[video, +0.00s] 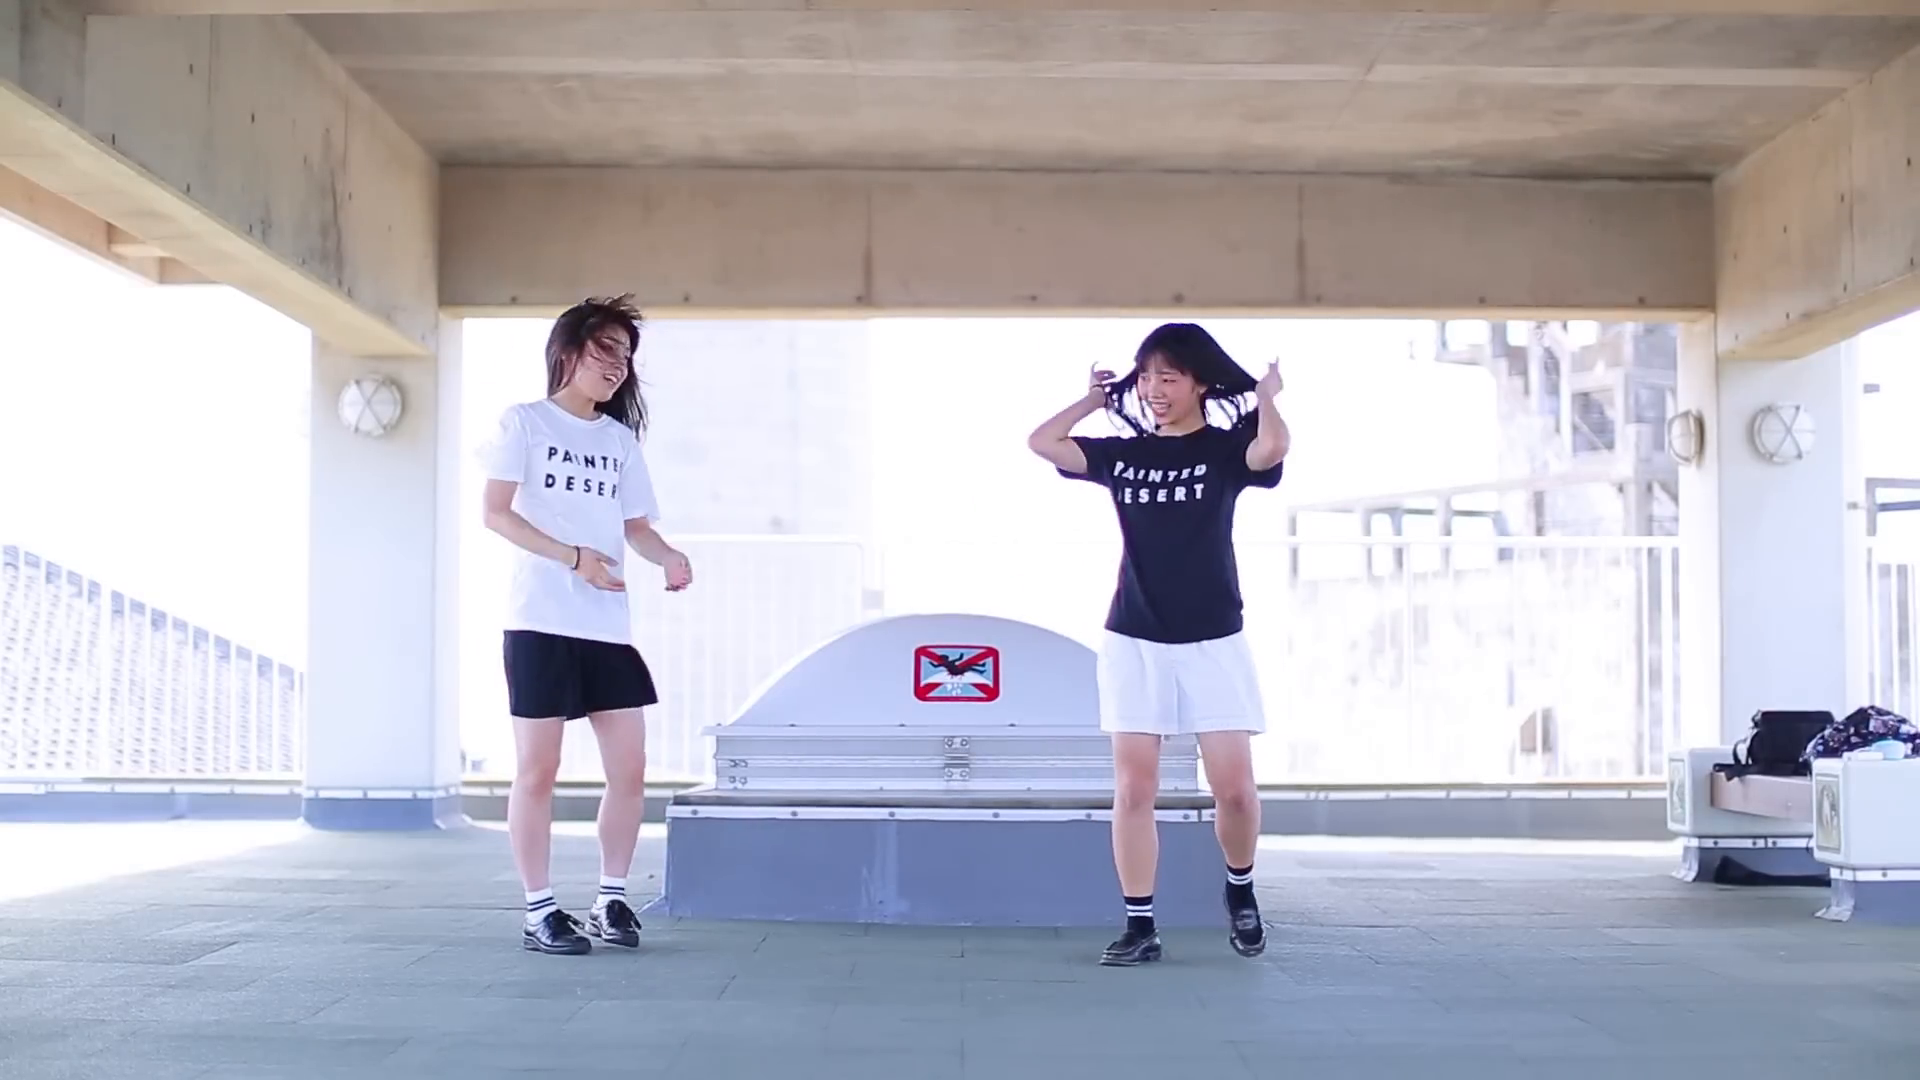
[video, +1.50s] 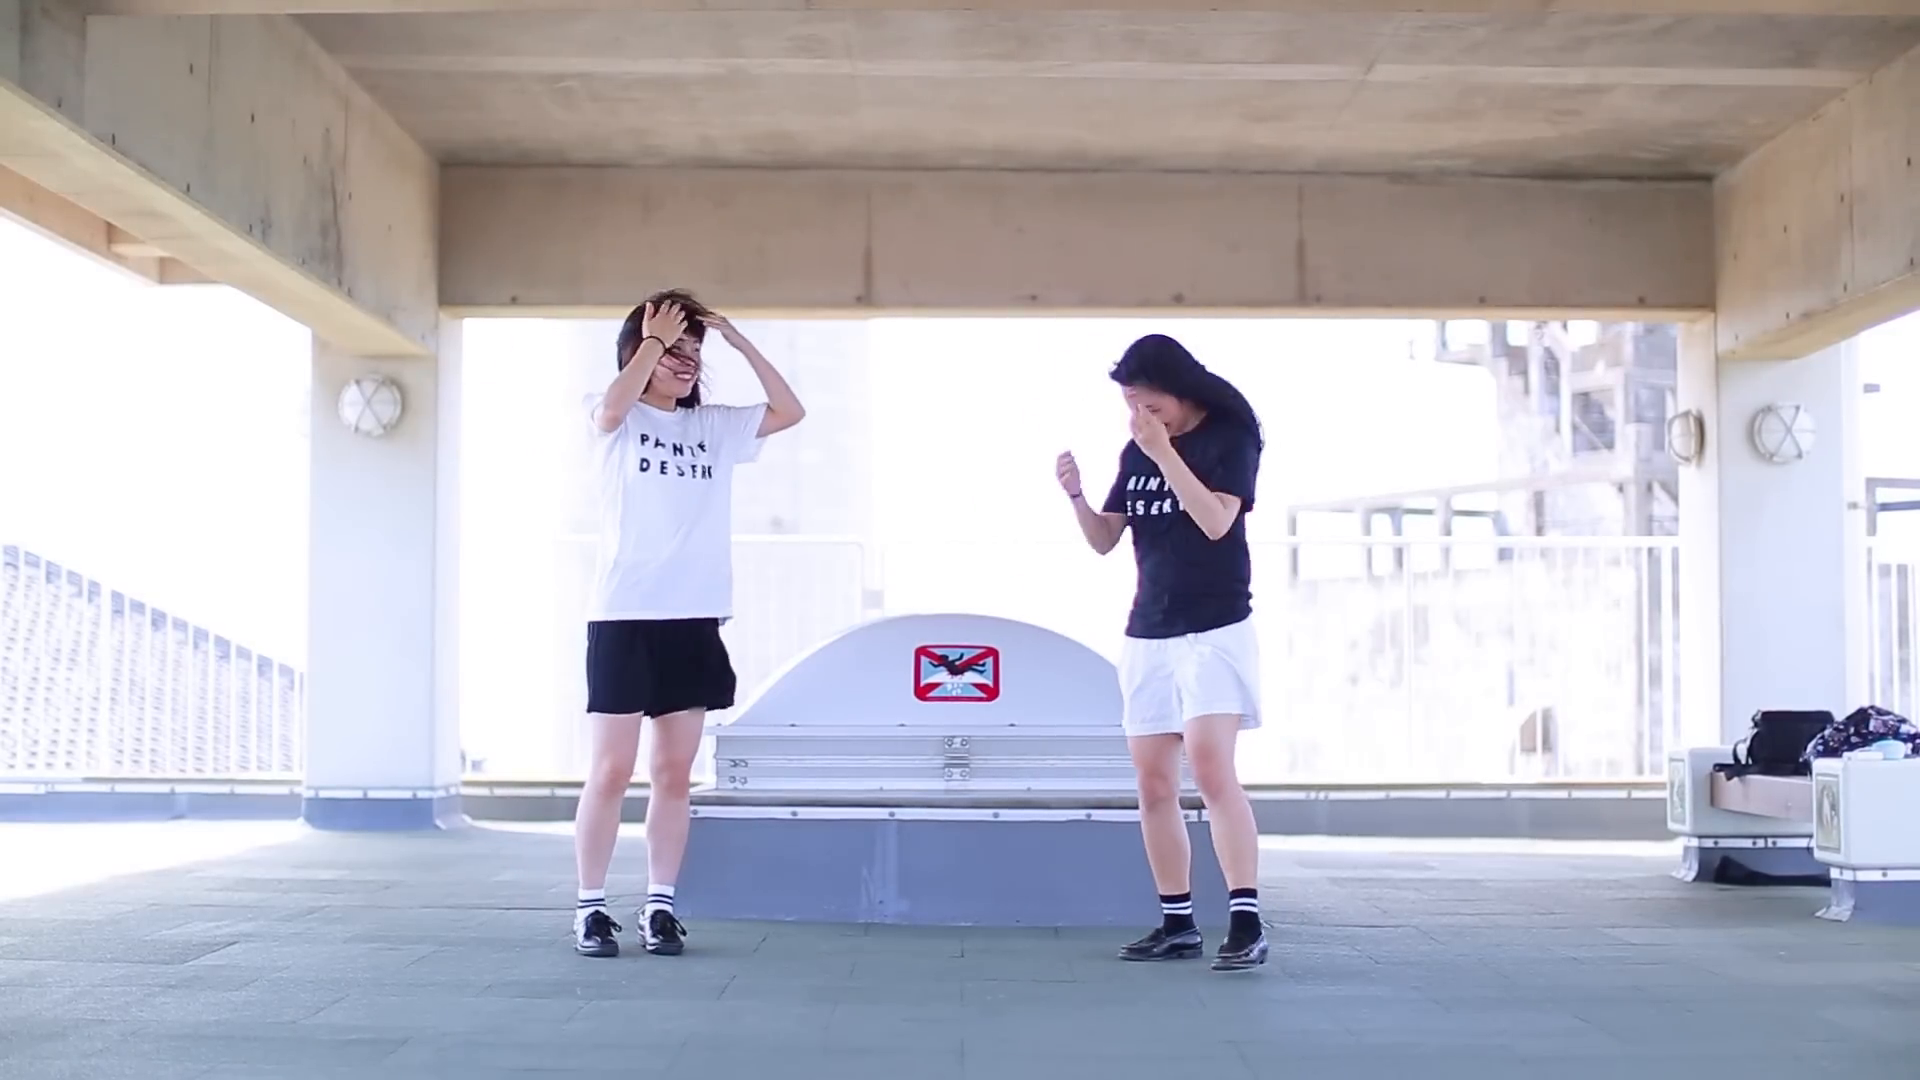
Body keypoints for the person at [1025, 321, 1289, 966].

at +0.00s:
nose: (1156, 390)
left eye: (1170, 377)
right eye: (1148, 379)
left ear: (1201, 383)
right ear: (1140, 387)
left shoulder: (1225, 447)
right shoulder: (1121, 455)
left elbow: (1273, 447)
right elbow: (1042, 442)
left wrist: (1266, 398)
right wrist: (1093, 399)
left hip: (1212, 638)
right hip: (1134, 639)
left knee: (1235, 791)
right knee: (1133, 788)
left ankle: (1241, 895)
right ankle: (1139, 928)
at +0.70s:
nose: (1196, 391)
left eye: (1203, 378)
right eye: (1193, 381)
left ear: (1243, 372)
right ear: (1211, 384)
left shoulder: (1292, 441)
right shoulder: (1210, 454)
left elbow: (1265, 472)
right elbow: (1133, 475)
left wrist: (1258, 397)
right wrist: (1176, 412)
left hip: (1262, 637)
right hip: (1198, 642)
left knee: (1264, 784)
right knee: (1169, 790)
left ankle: (1276, 936)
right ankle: (1184, 927)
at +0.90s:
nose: (1194, 389)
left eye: (1201, 374)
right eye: (1191, 377)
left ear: (1237, 371)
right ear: (1213, 379)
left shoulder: (1286, 437)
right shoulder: (1211, 455)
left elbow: (1283, 523)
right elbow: (1176, 541)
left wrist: (1239, 442)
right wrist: (1145, 467)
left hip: (1259, 636)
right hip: (1197, 640)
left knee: (1258, 782)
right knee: (1173, 794)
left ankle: (1276, 936)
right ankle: (1195, 920)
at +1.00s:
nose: (1182, 385)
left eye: (1190, 371)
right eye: (1180, 371)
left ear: (1228, 373)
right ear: (1211, 374)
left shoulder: (1280, 440)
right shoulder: (1204, 452)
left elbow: (1296, 540)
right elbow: (1196, 551)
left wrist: (1227, 499)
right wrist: (1120, 538)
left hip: (1254, 635)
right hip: (1192, 640)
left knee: (1257, 784)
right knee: (1172, 795)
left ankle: (1275, 935)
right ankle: (1185, 923)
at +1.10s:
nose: (1166, 383)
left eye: (1174, 370)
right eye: (1165, 371)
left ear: (1213, 373)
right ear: (1200, 377)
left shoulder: (1260, 439)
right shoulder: (1190, 455)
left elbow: (1291, 542)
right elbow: (1188, 560)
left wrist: (1233, 564)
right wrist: (1127, 611)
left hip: (1245, 639)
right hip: (1185, 643)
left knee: (1252, 782)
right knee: (1167, 793)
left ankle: (1275, 935)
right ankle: (1180, 925)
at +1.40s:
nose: (1140, 401)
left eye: (1147, 386)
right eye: (1133, 390)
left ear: (1182, 375)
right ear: (1135, 389)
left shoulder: (1230, 439)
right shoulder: (1147, 453)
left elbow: (1245, 542)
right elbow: (1146, 545)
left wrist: (1177, 526)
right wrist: (1099, 562)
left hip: (1216, 635)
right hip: (1151, 638)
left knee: (1215, 777)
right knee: (1154, 785)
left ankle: (1260, 928)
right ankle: (1179, 925)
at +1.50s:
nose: (1141, 415)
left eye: (1148, 403)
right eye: (1134, 405)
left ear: (1179, 390)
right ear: (1137, 399)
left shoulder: (1230, 436)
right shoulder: (1141, 446)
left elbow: (1216, 521)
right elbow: (1104, 539)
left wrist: (1161, 450)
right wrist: (1077, 496)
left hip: (1214, 632)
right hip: (1147, 637)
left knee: (1212, 772)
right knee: (1154, 785)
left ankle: (1246, 924)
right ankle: (1178, 927)